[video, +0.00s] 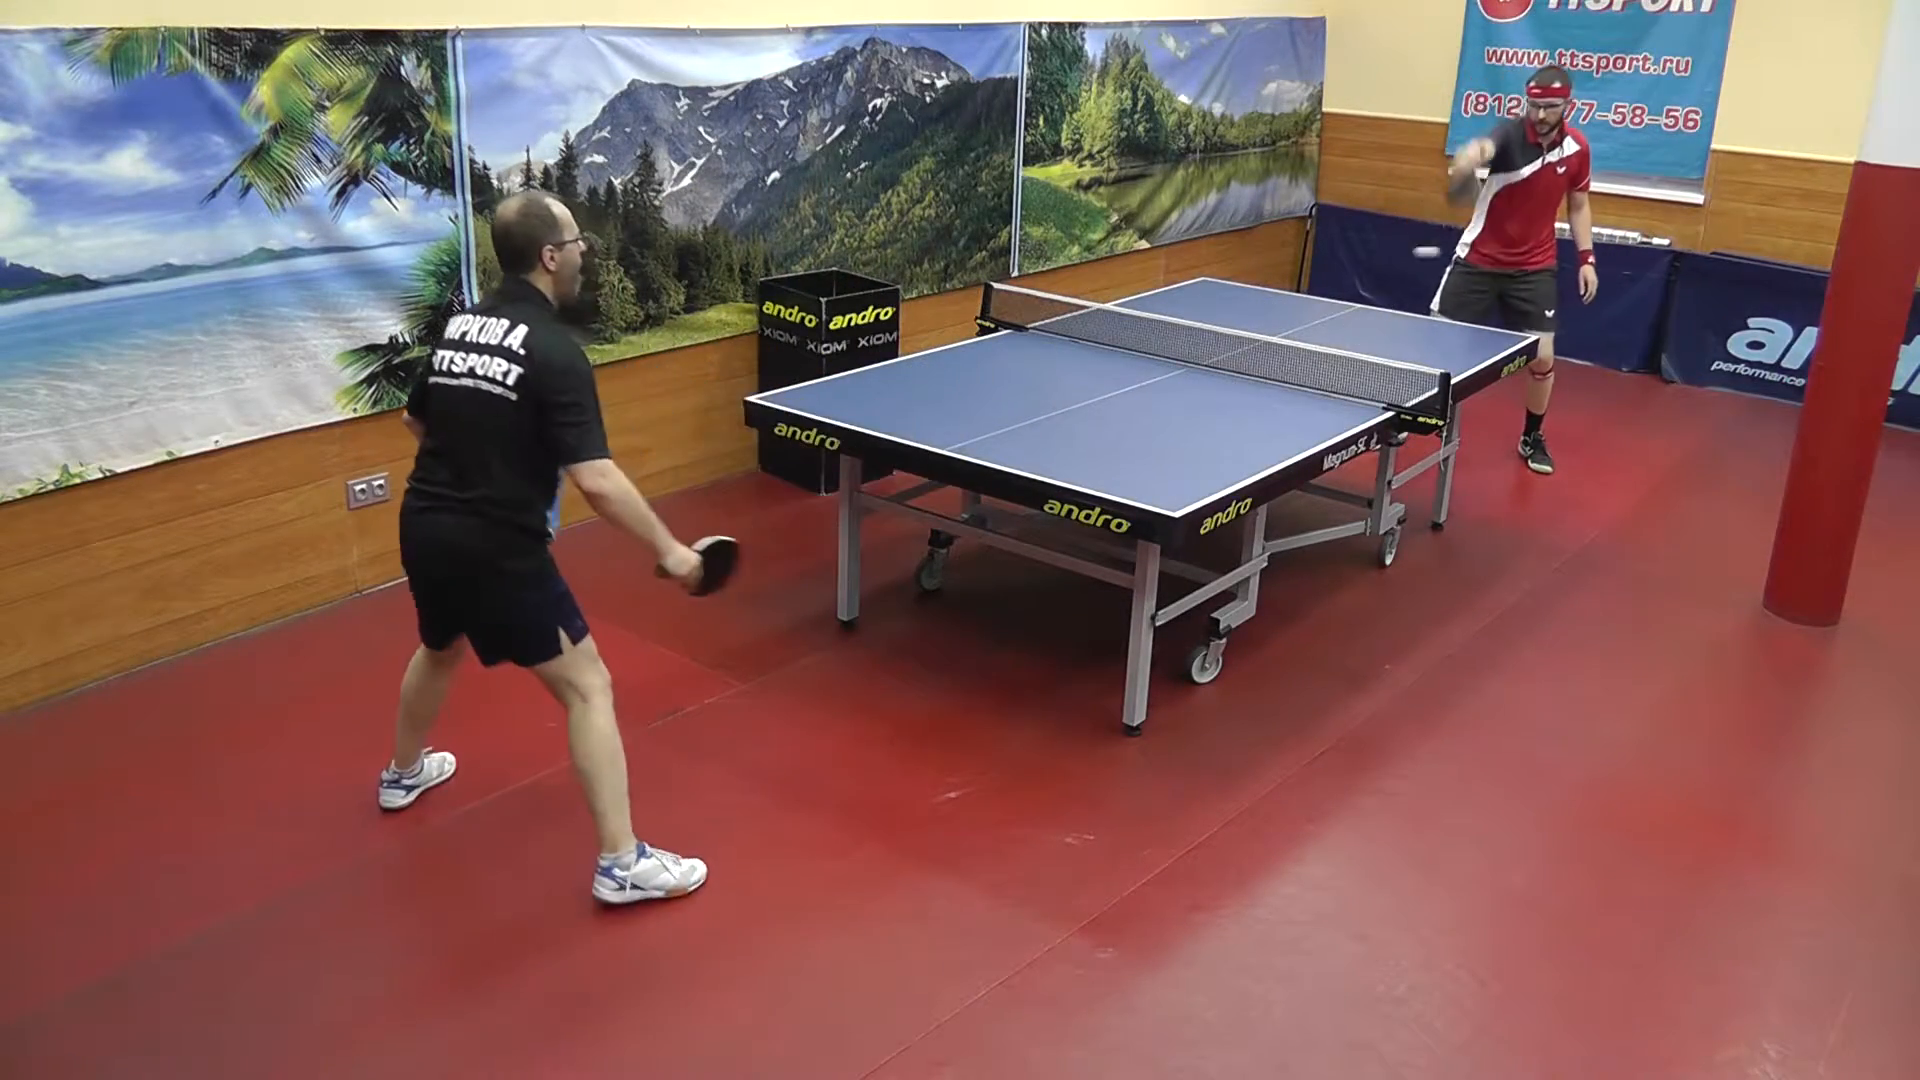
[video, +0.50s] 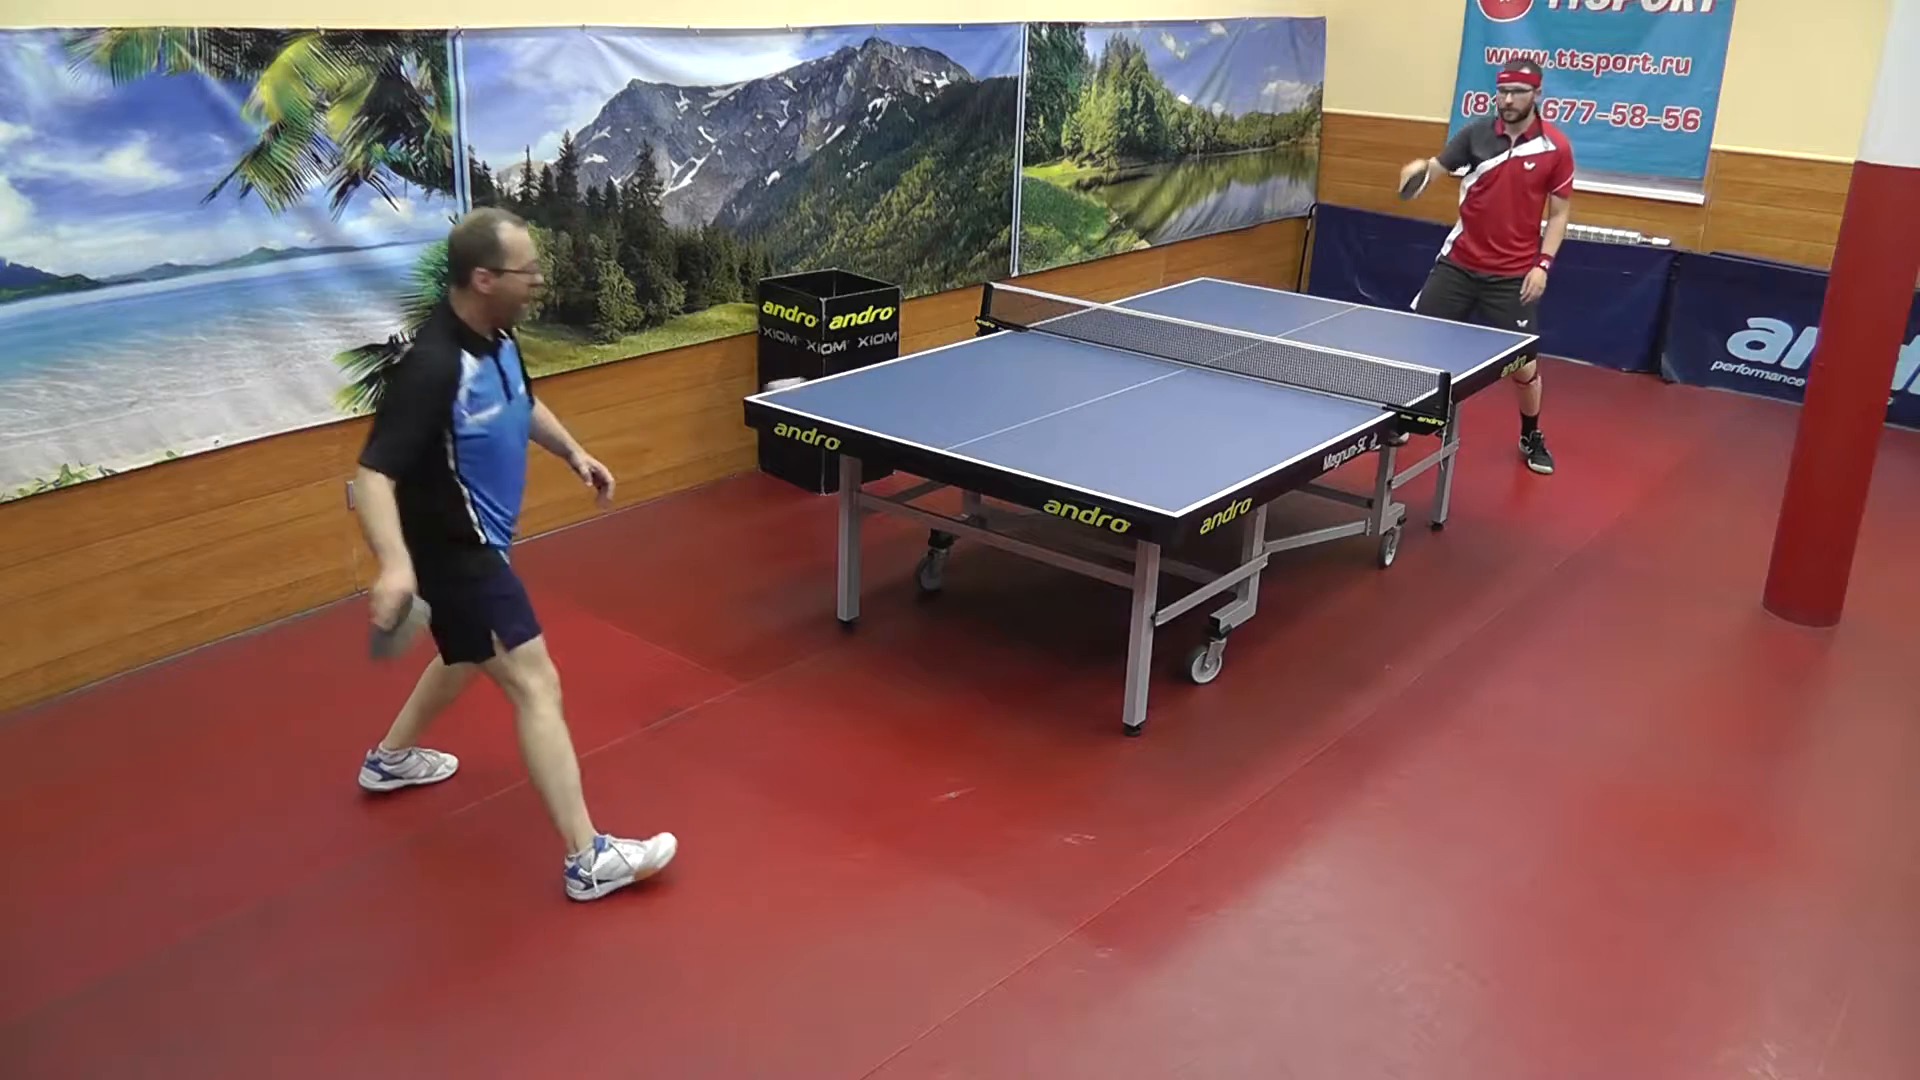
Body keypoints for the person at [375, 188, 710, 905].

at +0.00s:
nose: (582, 252)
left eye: (578, 241)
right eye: (574, 244)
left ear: (516, 258)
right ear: (547, 257)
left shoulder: (462, 322)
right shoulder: (555, 349)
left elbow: (420, 414)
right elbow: (595, 478)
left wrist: (485, 455)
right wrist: (669, 548)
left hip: (427, 530)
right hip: (500, 547)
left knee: (440, 648)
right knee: (586, 687)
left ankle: (402, 770)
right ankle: (623, 859)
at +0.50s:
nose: (538, 280)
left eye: (536, 268)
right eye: (525, 271)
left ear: (487, 279)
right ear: (481, 281)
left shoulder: (498, 333)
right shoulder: (432, 361)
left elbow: (522, 406)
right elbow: (370, 477)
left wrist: (576, 453)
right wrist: (393, 563)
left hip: (483, 541)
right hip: (459, 553)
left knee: (463, 654)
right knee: (535, 682)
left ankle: (390, 755)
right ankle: (586, 855)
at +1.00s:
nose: (432, 227)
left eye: (427, 215)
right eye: (422, 218)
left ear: (367, 236)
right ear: (393, 231)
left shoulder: (339, 332)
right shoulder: (431, 287)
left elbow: (331, 456)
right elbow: (513, 366)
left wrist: (397, 449)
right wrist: (456, 357)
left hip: (379, 510)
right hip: (445, 505)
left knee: (420, 632)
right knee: (483, 677)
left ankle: (387, 761)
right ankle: (473, 859)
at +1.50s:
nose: (526, 258)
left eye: (522, 245)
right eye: (520, 248)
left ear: (456, 255)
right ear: (496, 258)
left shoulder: (408, 324)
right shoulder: (504, 342)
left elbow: (367, 427)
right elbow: (556, 469)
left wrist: (425, 456)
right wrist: (566, 499)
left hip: (383, 529)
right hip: (453, 540)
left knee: (418, 638)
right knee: (529, 696)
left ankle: (389, 755)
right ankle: (532, 874)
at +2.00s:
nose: (452, 232)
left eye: (445, 221)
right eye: (445, 223)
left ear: (388, 244)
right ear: (429, 234)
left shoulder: (360, 325)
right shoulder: (474, 289)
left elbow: (326, 433)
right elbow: (587, 294)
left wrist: (382, 455)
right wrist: (675, 263)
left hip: (381, 503)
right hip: (456, 496)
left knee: (422, 609)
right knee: (484, 658)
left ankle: (409, 739)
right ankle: (468, 831)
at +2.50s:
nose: (534, 234)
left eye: (530, 223)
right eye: (527, 225)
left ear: (470, 238)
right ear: (501, 237)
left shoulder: (421, 309)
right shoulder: (499, 322)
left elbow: (414, 415)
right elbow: (530, 446)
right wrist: (599, 490)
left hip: (395, 503)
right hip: (453, 513)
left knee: (440, 616)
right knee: (516, 670)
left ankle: (407, 739)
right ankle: (522, 847)